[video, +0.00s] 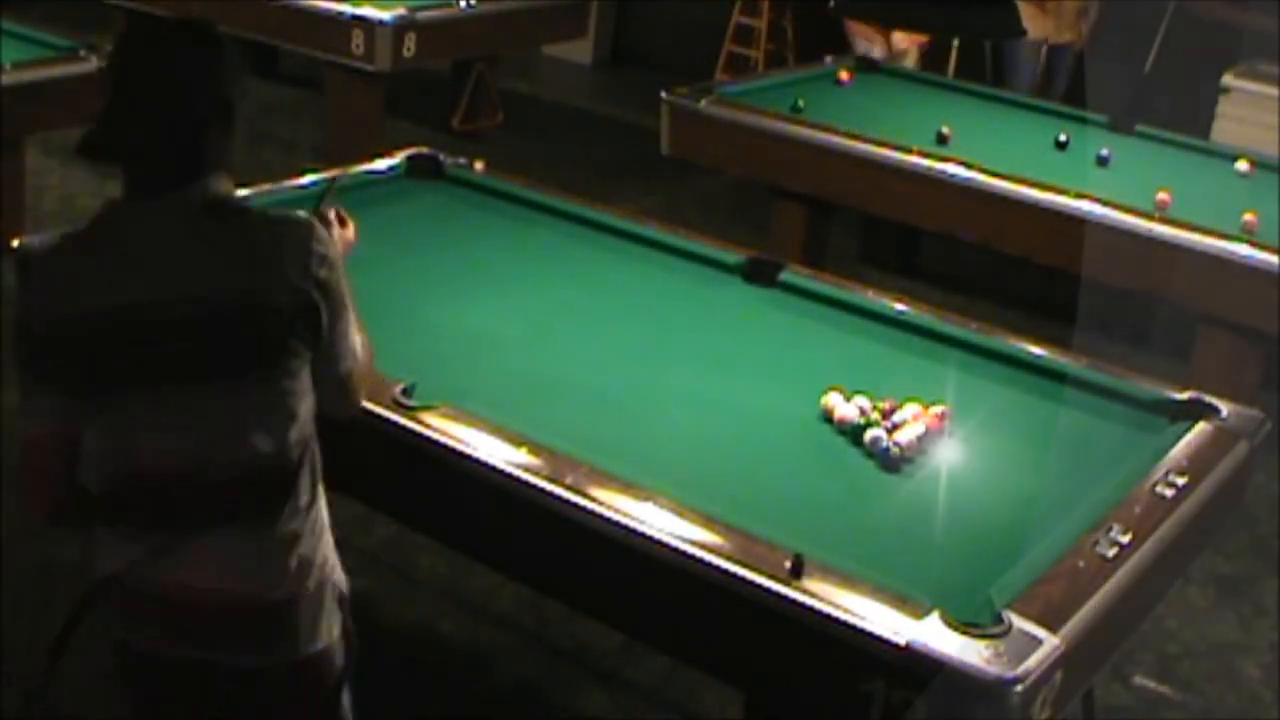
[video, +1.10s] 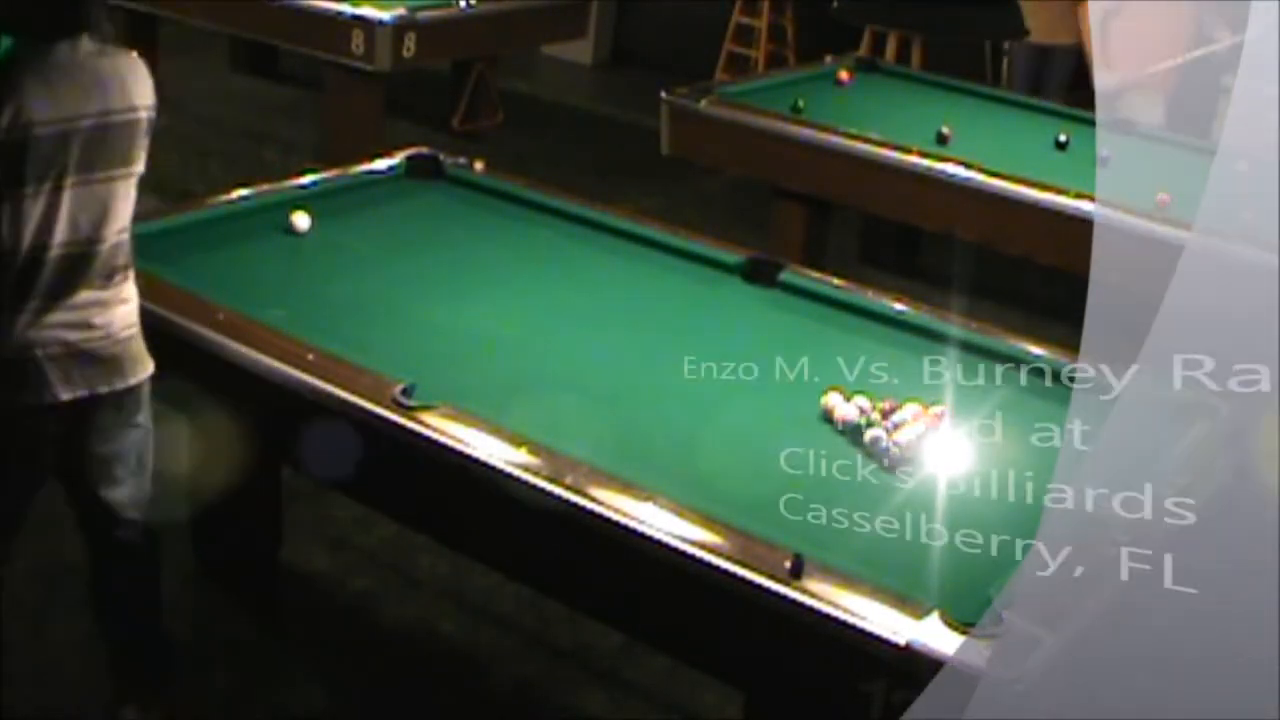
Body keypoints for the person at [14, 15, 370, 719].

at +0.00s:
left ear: (114, 128)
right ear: (227, 126)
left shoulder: (55, 274)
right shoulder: (292, 250)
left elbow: (46, 467)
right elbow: (349, 392)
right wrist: (334, 264)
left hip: (138, 618)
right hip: (283, 621)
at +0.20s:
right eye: (215, 70)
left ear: (108, 83)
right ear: (220, 84)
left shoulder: (52, 218)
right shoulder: (271, 201)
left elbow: (31, 402)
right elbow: (312, 333)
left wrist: (86, 490)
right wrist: (322, 214)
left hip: (127, 542)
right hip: (261, 537)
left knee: (163, 691)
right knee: (287, 677)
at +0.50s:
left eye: (110, 51)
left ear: (106, 60)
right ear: (203, 62)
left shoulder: (49, 174)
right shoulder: (245, 169)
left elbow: (20, 327)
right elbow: (261, 307)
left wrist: (43, 418)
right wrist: (258, 171)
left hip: (103, 472)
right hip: (218, 470)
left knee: (165, 680)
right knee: (181, 667)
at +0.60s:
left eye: (109, 41)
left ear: (107, 51)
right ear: (194, 51)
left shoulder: (61, 151)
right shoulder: (239, 149)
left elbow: (23, 293)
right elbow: (244, 273)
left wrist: (23, 384)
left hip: (93, 445)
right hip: (198, 437)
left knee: (141, 638)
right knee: (165, 618)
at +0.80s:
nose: (83, 25)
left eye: (87, 15)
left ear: (89, 20)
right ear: (164, 22)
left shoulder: (51, 111)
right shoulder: (207, 110)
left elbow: (25, 245)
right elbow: (195, 214)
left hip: (80, 389)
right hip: (174, 379)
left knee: (58, 546)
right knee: (158, 558)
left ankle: (146, 696)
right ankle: (164, 692)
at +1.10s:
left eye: (19, 16)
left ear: (29, 13)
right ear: (96, 6)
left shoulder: (16, 90)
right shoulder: (134, 76)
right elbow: (118, 194)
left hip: (26, 360)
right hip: (116, 354)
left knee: (9, 531)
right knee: (124, 536)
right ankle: (143, 692)